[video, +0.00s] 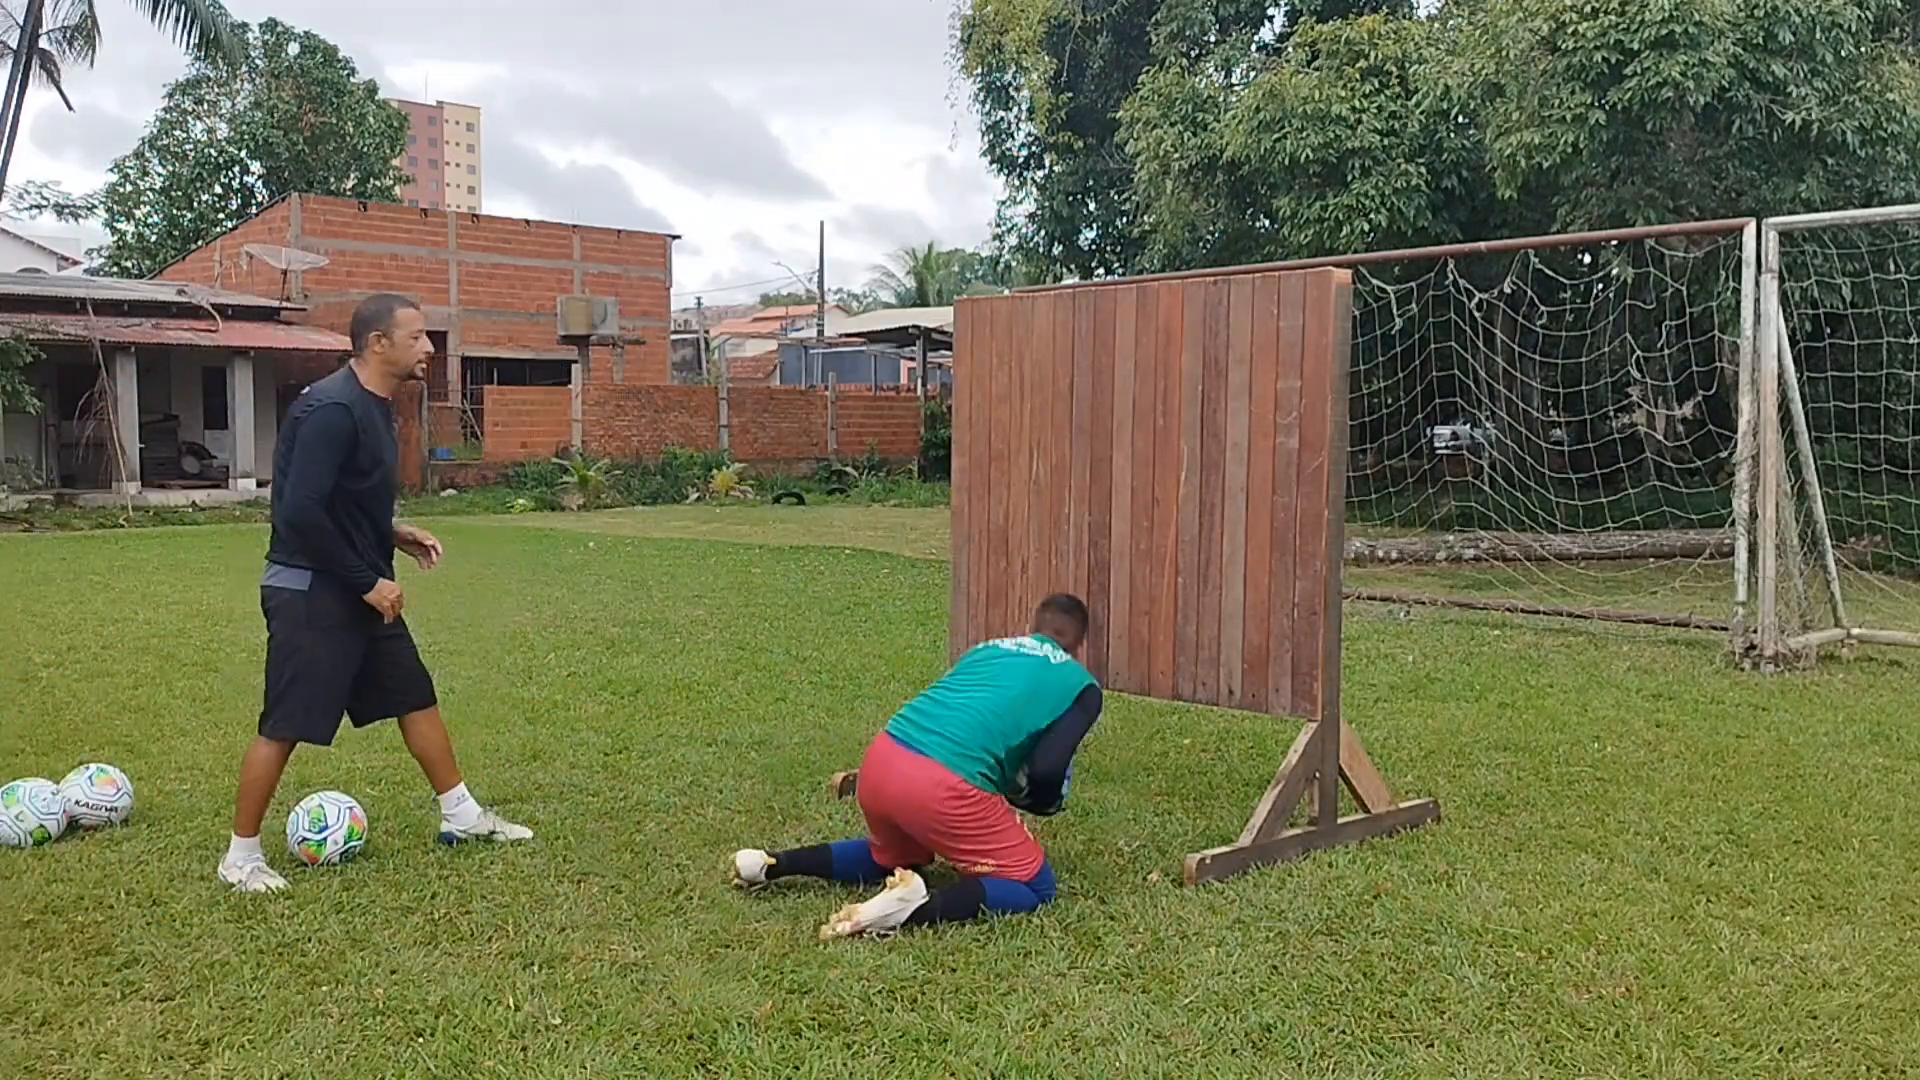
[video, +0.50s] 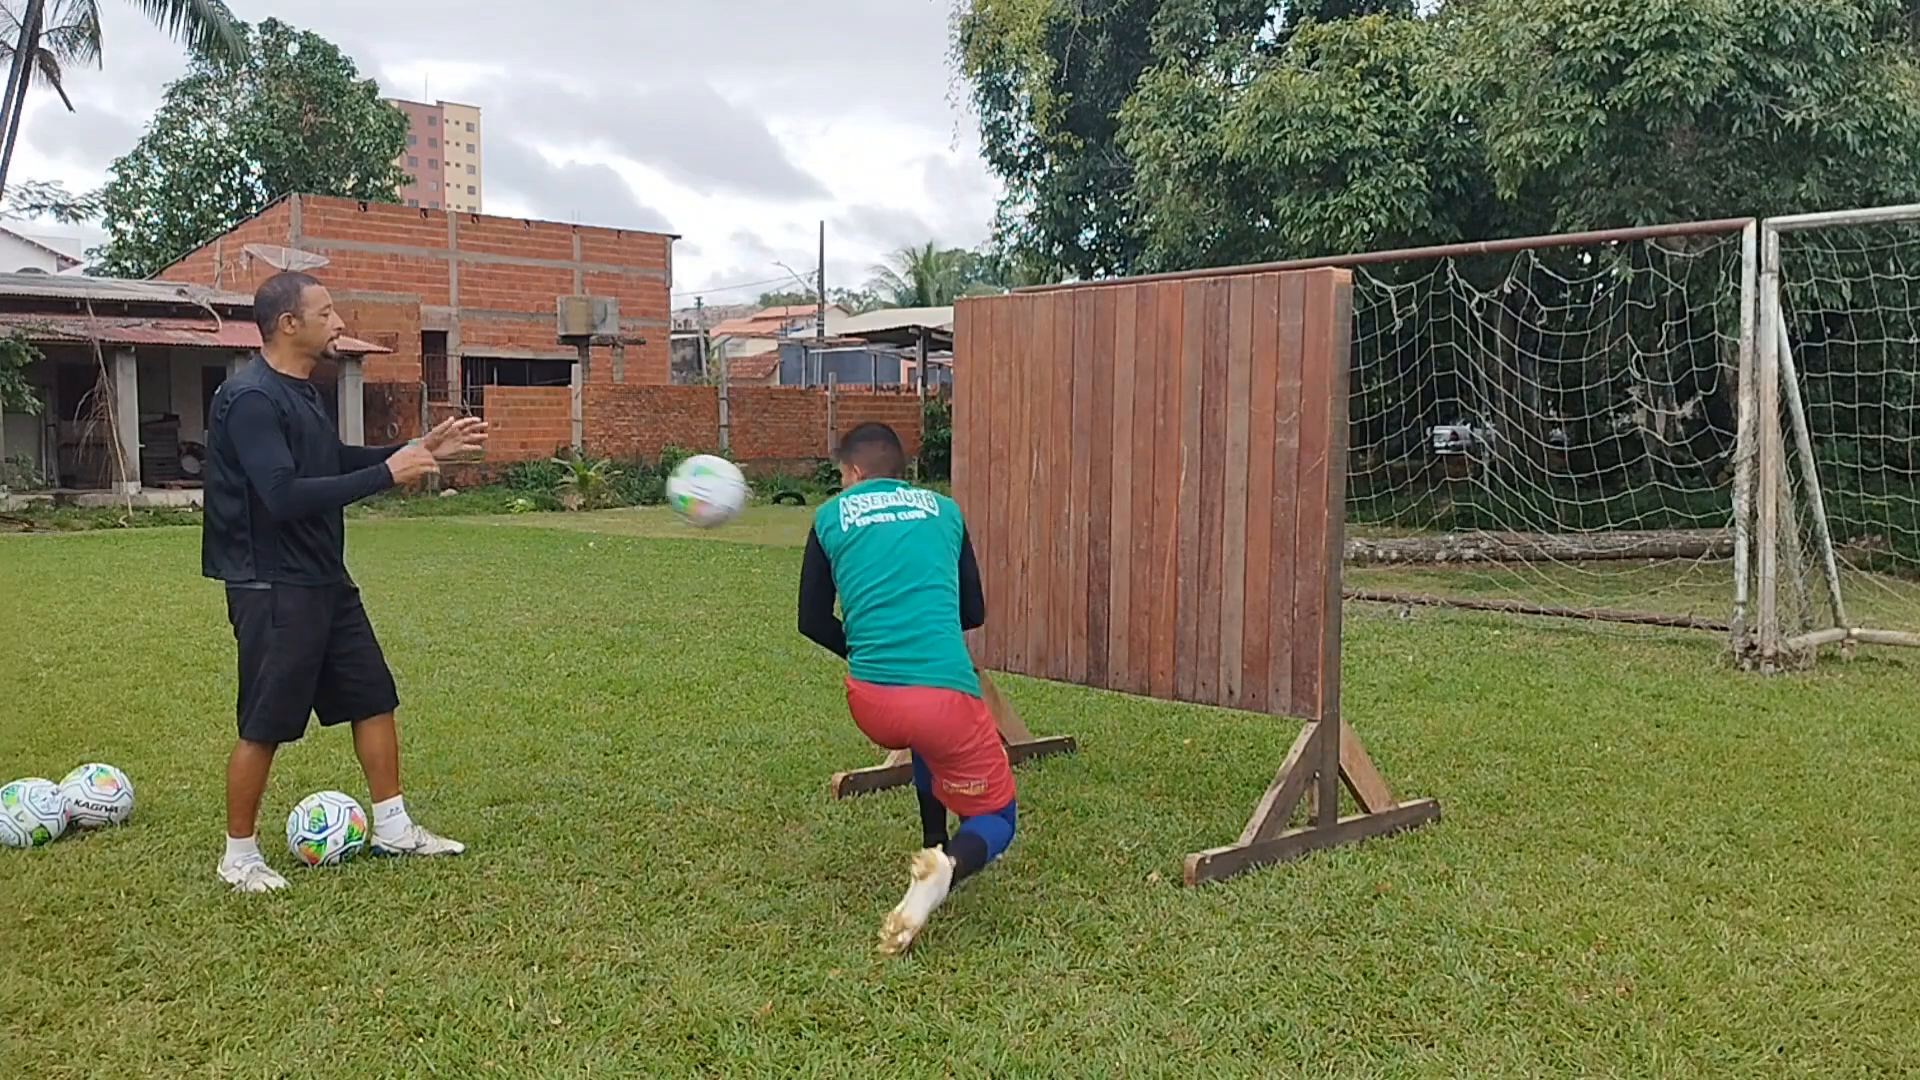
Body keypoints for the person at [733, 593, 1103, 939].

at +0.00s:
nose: (1079, 651)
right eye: (1083, 645)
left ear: (1033, 626)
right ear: (1079, 644)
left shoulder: (988, 649)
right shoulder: (1083, 687)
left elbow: (943, 719)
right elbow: (1045, 769)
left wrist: (871, 775)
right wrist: (1043, 803)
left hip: (881, 759)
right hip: (942, 789)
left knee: (896, 856)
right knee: (1037, 889)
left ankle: (771, 864)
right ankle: (919, 905)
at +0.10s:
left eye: (999, 580)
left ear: (998, 580)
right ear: (1051, 591)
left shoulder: (965, 603)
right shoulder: (1071, 634)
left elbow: (882, 636)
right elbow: (1071, 693)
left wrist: (897, 709)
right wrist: (1045, 757)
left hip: (892, 749)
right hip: (959, 781)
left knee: (887, 806)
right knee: (1039, 888)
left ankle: (784, 855)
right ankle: (926, 904)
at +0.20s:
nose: (949, 551)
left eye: (948, 546)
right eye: (950, 548)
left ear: (954, 545)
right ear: (1006, 550)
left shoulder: (930, 574)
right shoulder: (1042, 598)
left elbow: (853, 618)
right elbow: (1055, 682)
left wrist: (896, 679)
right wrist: (1011, 716)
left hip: (896, 747)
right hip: (972, 773)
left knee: (897, 713)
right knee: (1042, 884)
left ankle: (855, 845)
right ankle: (947, 901)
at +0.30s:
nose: (900, 527)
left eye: (901, 521)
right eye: (901, 522)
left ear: (912, 520)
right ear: (960, 522)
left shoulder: (889, 552)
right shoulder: (1000, 567)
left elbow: (824, 622)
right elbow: (1015, 671)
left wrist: (874, 680)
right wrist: (962, 655)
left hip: (903, 745)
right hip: (982, 759)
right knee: (1024, 879)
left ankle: (928, 851)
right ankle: (975, 920)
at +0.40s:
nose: (865, 514)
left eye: (864, 507)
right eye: (865, 508)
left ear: (876, 503)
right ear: (928, 503)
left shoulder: (858, 540)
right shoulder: (964, 540)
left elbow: (820, 634)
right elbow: (957, 620)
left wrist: (880, 668)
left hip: (896, 730)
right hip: (971, 737)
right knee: (994, 856)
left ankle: (935, 849)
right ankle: (967, 913)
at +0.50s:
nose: (841, 481)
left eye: (841, 473)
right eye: (842, 474)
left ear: (852, 472)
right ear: (902, 469)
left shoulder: (831, 516)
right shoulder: (943, 509)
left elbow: (813, 621)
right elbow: (972, 612)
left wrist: (867, 647)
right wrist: (911, 623)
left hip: (872, 702)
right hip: (944, 704)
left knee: (926, 739)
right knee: (996, 817)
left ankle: (935, 847)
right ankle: (946, 866)